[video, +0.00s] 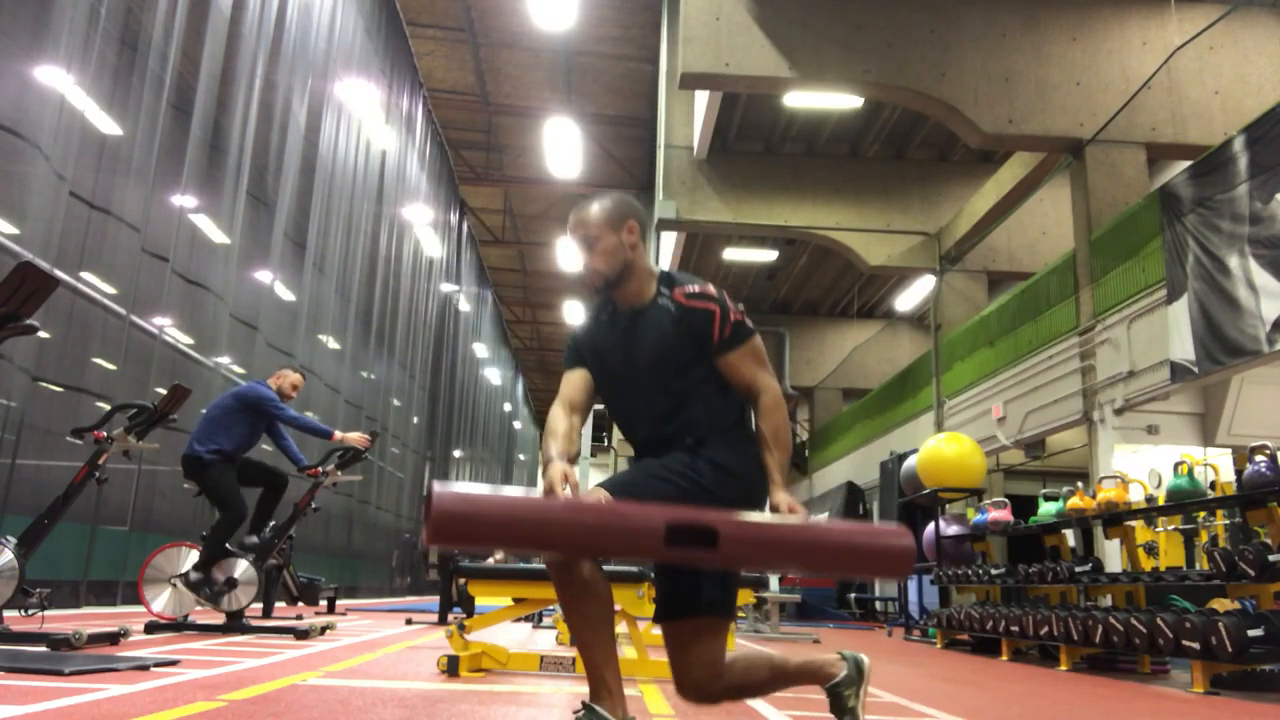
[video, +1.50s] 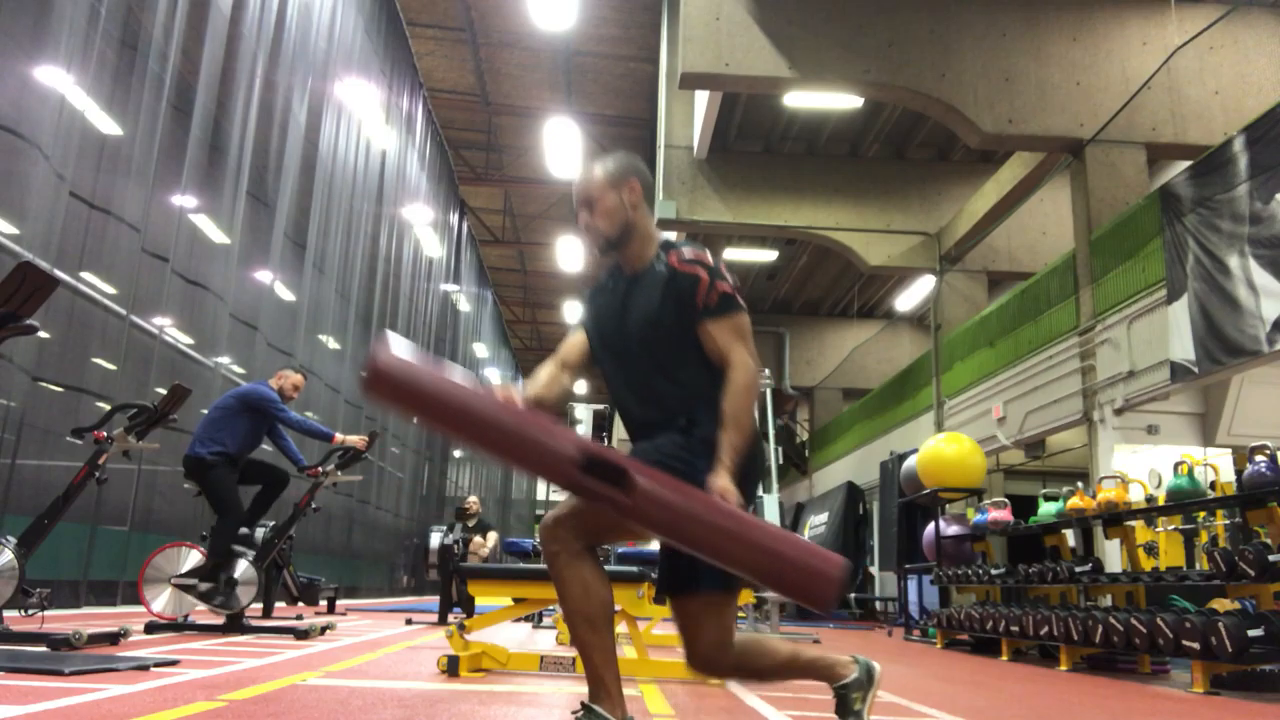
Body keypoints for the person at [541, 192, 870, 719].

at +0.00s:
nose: (583, 261)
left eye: (591, 246)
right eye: (578, 249)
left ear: (631, 236)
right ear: (579, 249)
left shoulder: (700, 303)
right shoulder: (593, 334)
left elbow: (766, 389)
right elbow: (567, 407)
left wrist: (778, 483)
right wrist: (556, 460)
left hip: (722, 470)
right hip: (668, 477)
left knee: (566, 525)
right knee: (700, 679)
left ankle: (609, 707)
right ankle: (837, 670)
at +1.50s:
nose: (582, 218)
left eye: (591, 204)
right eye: (578, 208)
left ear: (633, 195)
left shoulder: (689, 268)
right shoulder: (605, 296)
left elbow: (743, 363)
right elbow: (563, 366)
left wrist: (724, 468)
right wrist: (524, 396)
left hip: (701, 454)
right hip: (663, 456)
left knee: (562, 532)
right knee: (711, 652)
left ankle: (607, 707)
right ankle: (846, 669)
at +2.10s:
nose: (599, 92)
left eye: (607, 77)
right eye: (598, 82)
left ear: (649, 65)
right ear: (651, 74)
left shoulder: (644, 122)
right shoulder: (681, 143)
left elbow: (525, 157)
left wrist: (434, 142)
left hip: (641, 338)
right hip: (610, 329)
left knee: (605, 531)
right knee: (471, 340)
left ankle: (614, 708)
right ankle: (494, 510)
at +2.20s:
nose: (599, 88)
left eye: (606, 75)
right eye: (599, 77)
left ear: (647, 60)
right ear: (657, 67)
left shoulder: (632, 111)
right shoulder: (702, 159)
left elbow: (506, 119)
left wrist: (433, 94)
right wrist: (564, 110)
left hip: (631, 328)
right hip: (596, 318)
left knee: (604, 529)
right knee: (462, 319)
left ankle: (614, 707)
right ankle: (438, 483)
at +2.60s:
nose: (582, 76)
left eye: (589, 66)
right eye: (584, 68)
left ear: (624, 58)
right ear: (644, 67)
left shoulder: (613, 96)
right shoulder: (693, 148)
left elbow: (497, 65)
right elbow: (737, 169)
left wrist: (479, 29)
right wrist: (678, 125)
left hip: (615, 323)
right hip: (590, 319)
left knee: (590, 530)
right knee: (453, 335)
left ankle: (612, 707)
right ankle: (398, 493)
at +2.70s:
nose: (581, 75)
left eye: (588, 65)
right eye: (583, 68)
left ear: (623, 58)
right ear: (643, 66)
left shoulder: (612, 96)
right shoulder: (693, 151)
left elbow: (492, 65)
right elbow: (734, 174)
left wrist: (478, 28)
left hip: (613, 321)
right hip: (593, 319)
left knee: (589, 530)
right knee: (454, 336)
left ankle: (612, 706)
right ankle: (401, 491)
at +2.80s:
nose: (582, 75)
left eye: (587, 64)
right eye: (584, 67)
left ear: (622, 56)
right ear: (644, 64)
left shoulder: (609, 97)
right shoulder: (692, 145)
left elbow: (492, 67)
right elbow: (733, 169)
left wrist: (476, 31)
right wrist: (677, 129)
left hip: (613, 322)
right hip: (602, 320)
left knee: (588, 530)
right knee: (453, 338)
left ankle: (612, 706)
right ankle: (404, 493)